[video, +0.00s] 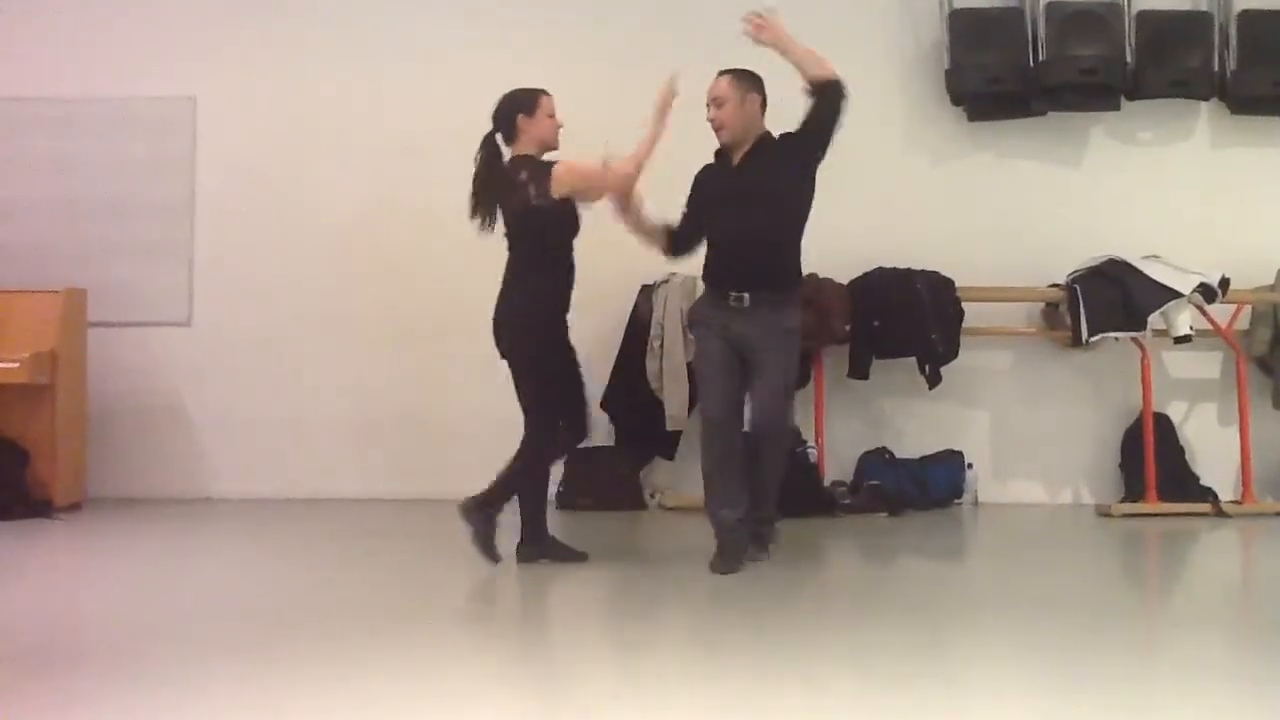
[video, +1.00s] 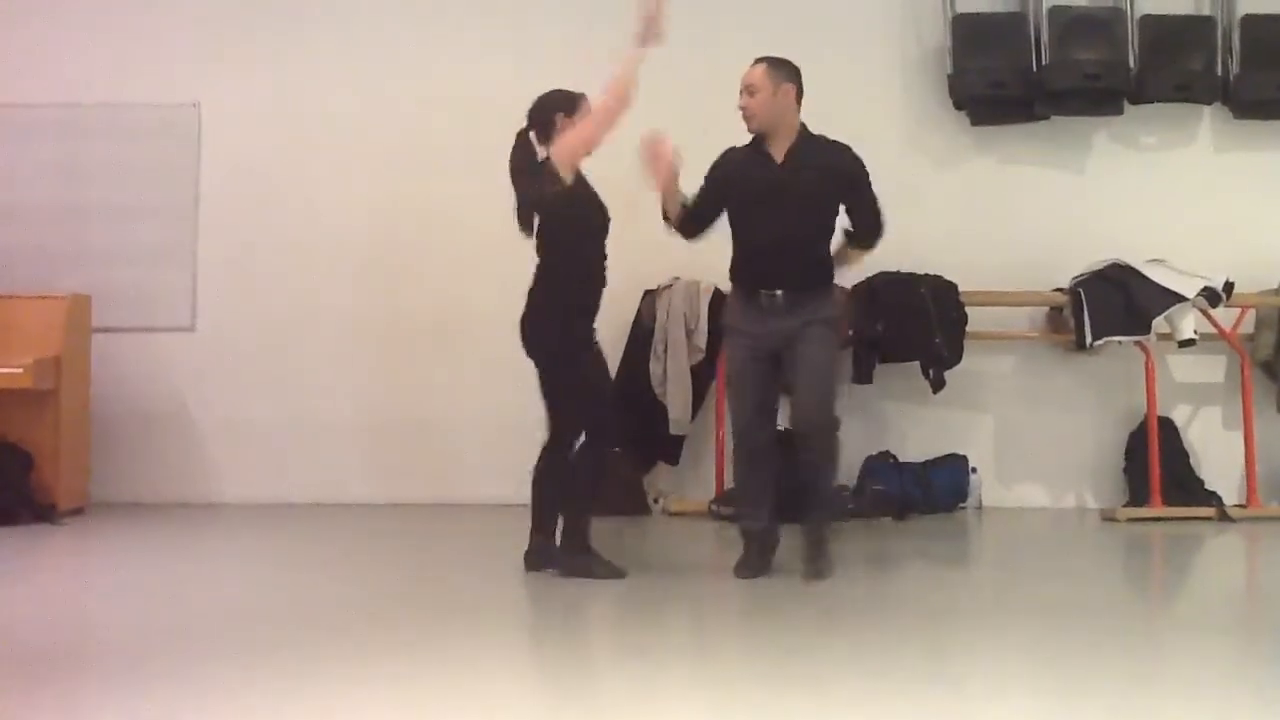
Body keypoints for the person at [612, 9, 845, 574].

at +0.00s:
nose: (710, 114)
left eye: (720, 104)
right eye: (709, 105)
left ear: (757, 106)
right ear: (718, 111)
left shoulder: (796, 154)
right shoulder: (710, 177)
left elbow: (830, 91)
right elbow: (679, 243)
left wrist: (784, 42)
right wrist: (634, 216)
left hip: (775, 313)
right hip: (716, 312)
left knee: (770, 424)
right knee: (716, 424)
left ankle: (761, 520)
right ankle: (729, 535)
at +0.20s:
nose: (718, 117)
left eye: (726, 105)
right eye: (716, 108)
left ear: (763, 105)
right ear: (730, 113)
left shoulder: (811, 157)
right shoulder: (716, 180)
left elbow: (877, 124)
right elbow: (687, 256)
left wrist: (823, 84)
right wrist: (640, 266)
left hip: (790, 316)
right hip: (727, 317)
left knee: (809, 417)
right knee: (721, 425)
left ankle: (841, 516)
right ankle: (733, 538)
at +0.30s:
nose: (725, 117)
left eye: (734, 105)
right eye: (723, 107)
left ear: (770, 104)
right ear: (731, 113)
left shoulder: (817, 155)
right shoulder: (724, 179)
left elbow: (886, 124)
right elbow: (694, 248)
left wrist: (826, 89)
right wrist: (664, 231)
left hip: (803, 316)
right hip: (738, 316)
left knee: (826, 422)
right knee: (728, 426)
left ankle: (862, 528)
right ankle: (734, 537)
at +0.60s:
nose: (739, 122)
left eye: (747, 110)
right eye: (737, 113)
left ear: (784, 109)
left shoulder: (834, 158)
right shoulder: (747, 186)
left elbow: (887, 141)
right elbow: (716, 259)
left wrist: (833, 136)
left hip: (839, 317)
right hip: (777, 320)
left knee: (858, 430)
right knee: (755, 422)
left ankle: (876, 545)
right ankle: (749, 543)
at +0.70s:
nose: (739, 118)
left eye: (748, 108)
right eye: (738, 109)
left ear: (785, 108)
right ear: (761, 111)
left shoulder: (831, 159)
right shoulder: (741, 184)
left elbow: (903, 180)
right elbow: (727, 258)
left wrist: (862, 200)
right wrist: (696, 319)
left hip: (832, 319)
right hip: (770, 324)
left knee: (852, 430)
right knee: (755, 428)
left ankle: (876, 539)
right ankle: (759, 539)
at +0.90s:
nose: (740, 107)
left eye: (749, 97)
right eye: (739, 98)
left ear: (787, 98)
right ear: (770, 101)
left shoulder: (833, 161)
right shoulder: (737, 168)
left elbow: (890, 220)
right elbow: (714, 240)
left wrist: (864, 284)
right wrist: (676, 270)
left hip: (817, 315)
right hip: (752, 316)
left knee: (826, 419)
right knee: (747, 426)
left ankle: (862, 518)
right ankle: (759, 536)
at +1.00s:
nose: (741, 103)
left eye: (751, 93)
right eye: (741, 94)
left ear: (789, 96)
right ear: (756, 100)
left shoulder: (837, 161)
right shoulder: (734, 164)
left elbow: (868, 229)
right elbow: (690, 224)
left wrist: (831, 267)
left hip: (812, 313)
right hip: (748, 314)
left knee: (814, 421)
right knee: (750, 431)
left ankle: (816, 529)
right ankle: (757, 539)